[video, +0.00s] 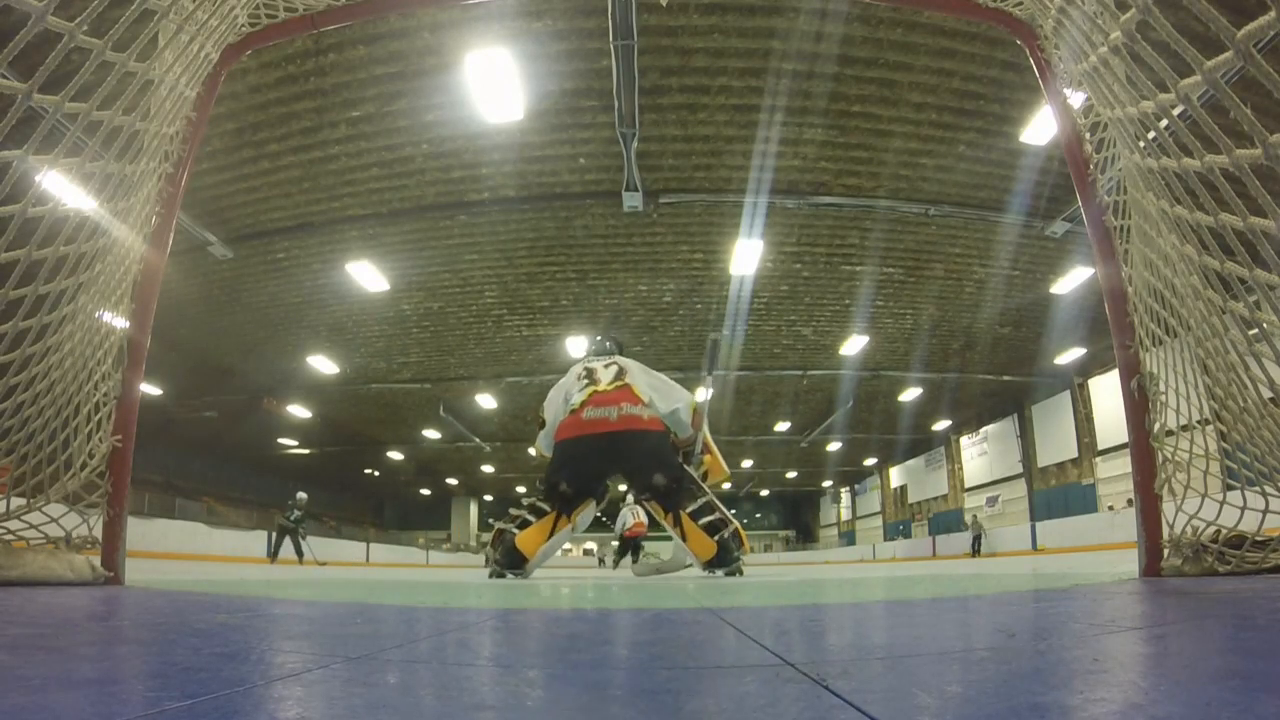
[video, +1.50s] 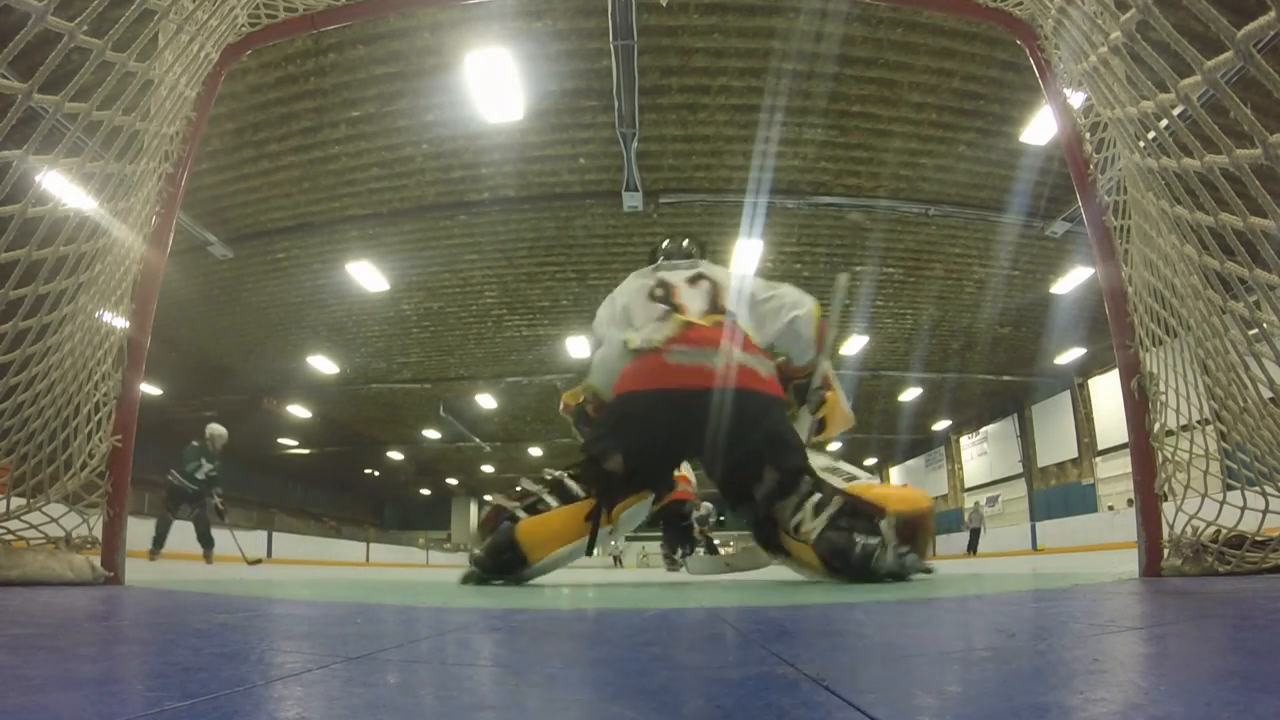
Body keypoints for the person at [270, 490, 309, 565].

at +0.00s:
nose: (301, 504)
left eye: (303, 502)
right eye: (299, 502)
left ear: (305, 502)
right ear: (296, 500)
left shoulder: (304, 512)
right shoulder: (289, 506)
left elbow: (302, 523)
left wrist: (302, 532)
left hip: (293, 527)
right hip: (283, 525)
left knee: (296, 543)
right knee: (278, 542)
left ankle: (300, 558)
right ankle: (273, 557)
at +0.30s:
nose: (286, 496)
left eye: (288, 494)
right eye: (284, 494)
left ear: (290, 494)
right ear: (281, 493)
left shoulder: (288, 505)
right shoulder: (273, 498)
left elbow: (285, 517)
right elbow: (270, 510)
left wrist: (286, 526)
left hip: (276, 523)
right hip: (265, 520)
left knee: (278, 539)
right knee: (260, 538)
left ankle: (282, 556)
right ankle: (254, 555)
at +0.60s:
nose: (272, 489)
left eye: (273, 486)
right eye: (270, 486)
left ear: (275, 486)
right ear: (266, 484)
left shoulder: (270, 497)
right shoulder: (256, 491)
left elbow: (270, 512)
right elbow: (253, 504)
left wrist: (271, 524)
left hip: (258, 519)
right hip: (245, 516)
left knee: (260, 537)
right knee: (237, 536)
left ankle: (264, 556)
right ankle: (231, 555)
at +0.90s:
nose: (259, 479)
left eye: (260, 476)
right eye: (258, 475)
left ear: (258, 475)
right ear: (252, 473)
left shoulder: (254, 488)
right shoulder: (238, 480)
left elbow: (253, 505)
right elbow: (238, 495)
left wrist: (256, 520)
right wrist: (250, 500)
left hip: (240, 511)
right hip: (226, 508)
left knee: (244, 532)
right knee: (218, 530)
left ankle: (248, 554)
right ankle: (211, 553)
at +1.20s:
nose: (243, 465)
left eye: (244, 462)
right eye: (242, 461)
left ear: (244, 461)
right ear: (235, 459)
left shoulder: (237, 476)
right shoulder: (221, 466)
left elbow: (237, 496)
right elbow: (219, 484)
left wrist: (241, 512)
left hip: (221, 503)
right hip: (205, 500)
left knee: (226, 530)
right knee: (196, 526)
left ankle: (231, 552)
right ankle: (189, 551)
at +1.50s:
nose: (222, 445)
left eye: (223, 442)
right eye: (221, 441)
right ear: (212, 439)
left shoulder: (216, 460)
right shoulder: (193, 449)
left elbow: (215, 482)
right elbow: (190, 469)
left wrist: (218, 499)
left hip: (197, 492)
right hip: (179, 488)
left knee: (201, 520)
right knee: (166, 516)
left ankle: (208, 549)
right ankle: (156, 547)